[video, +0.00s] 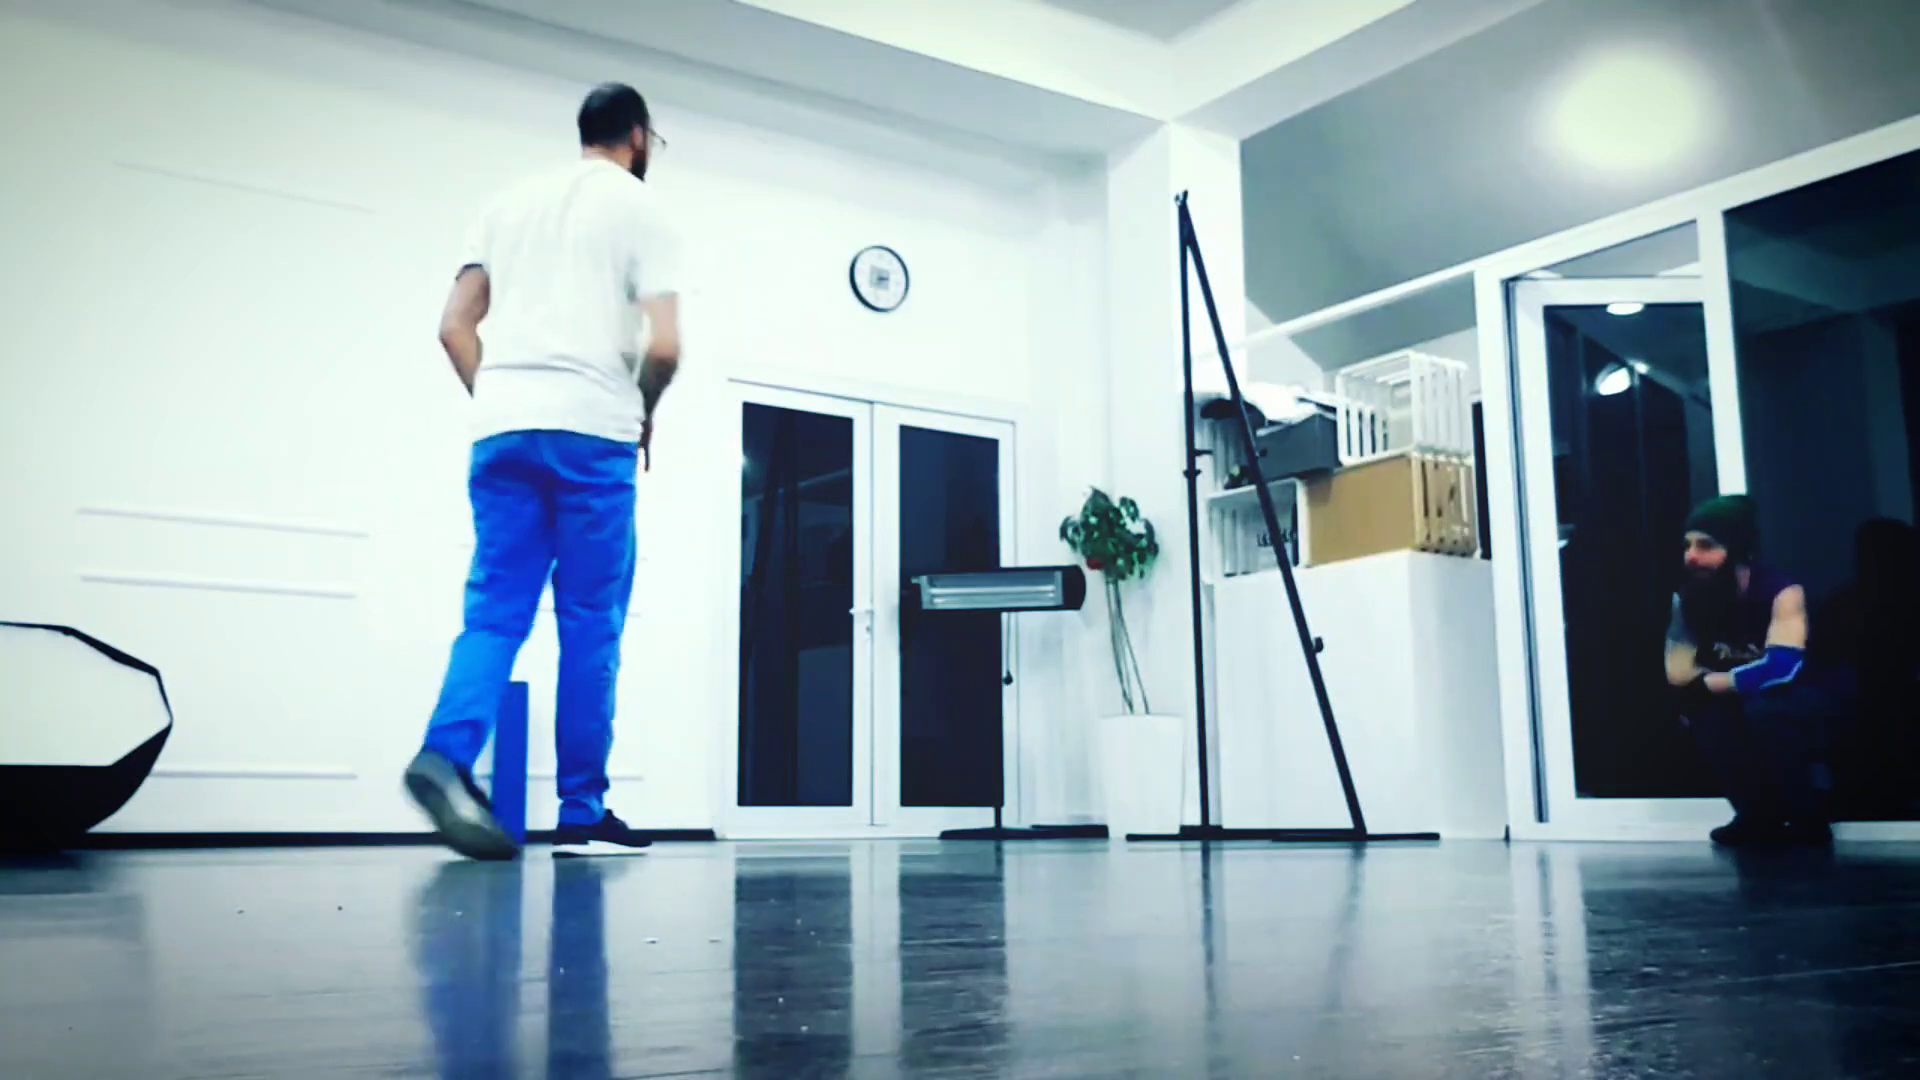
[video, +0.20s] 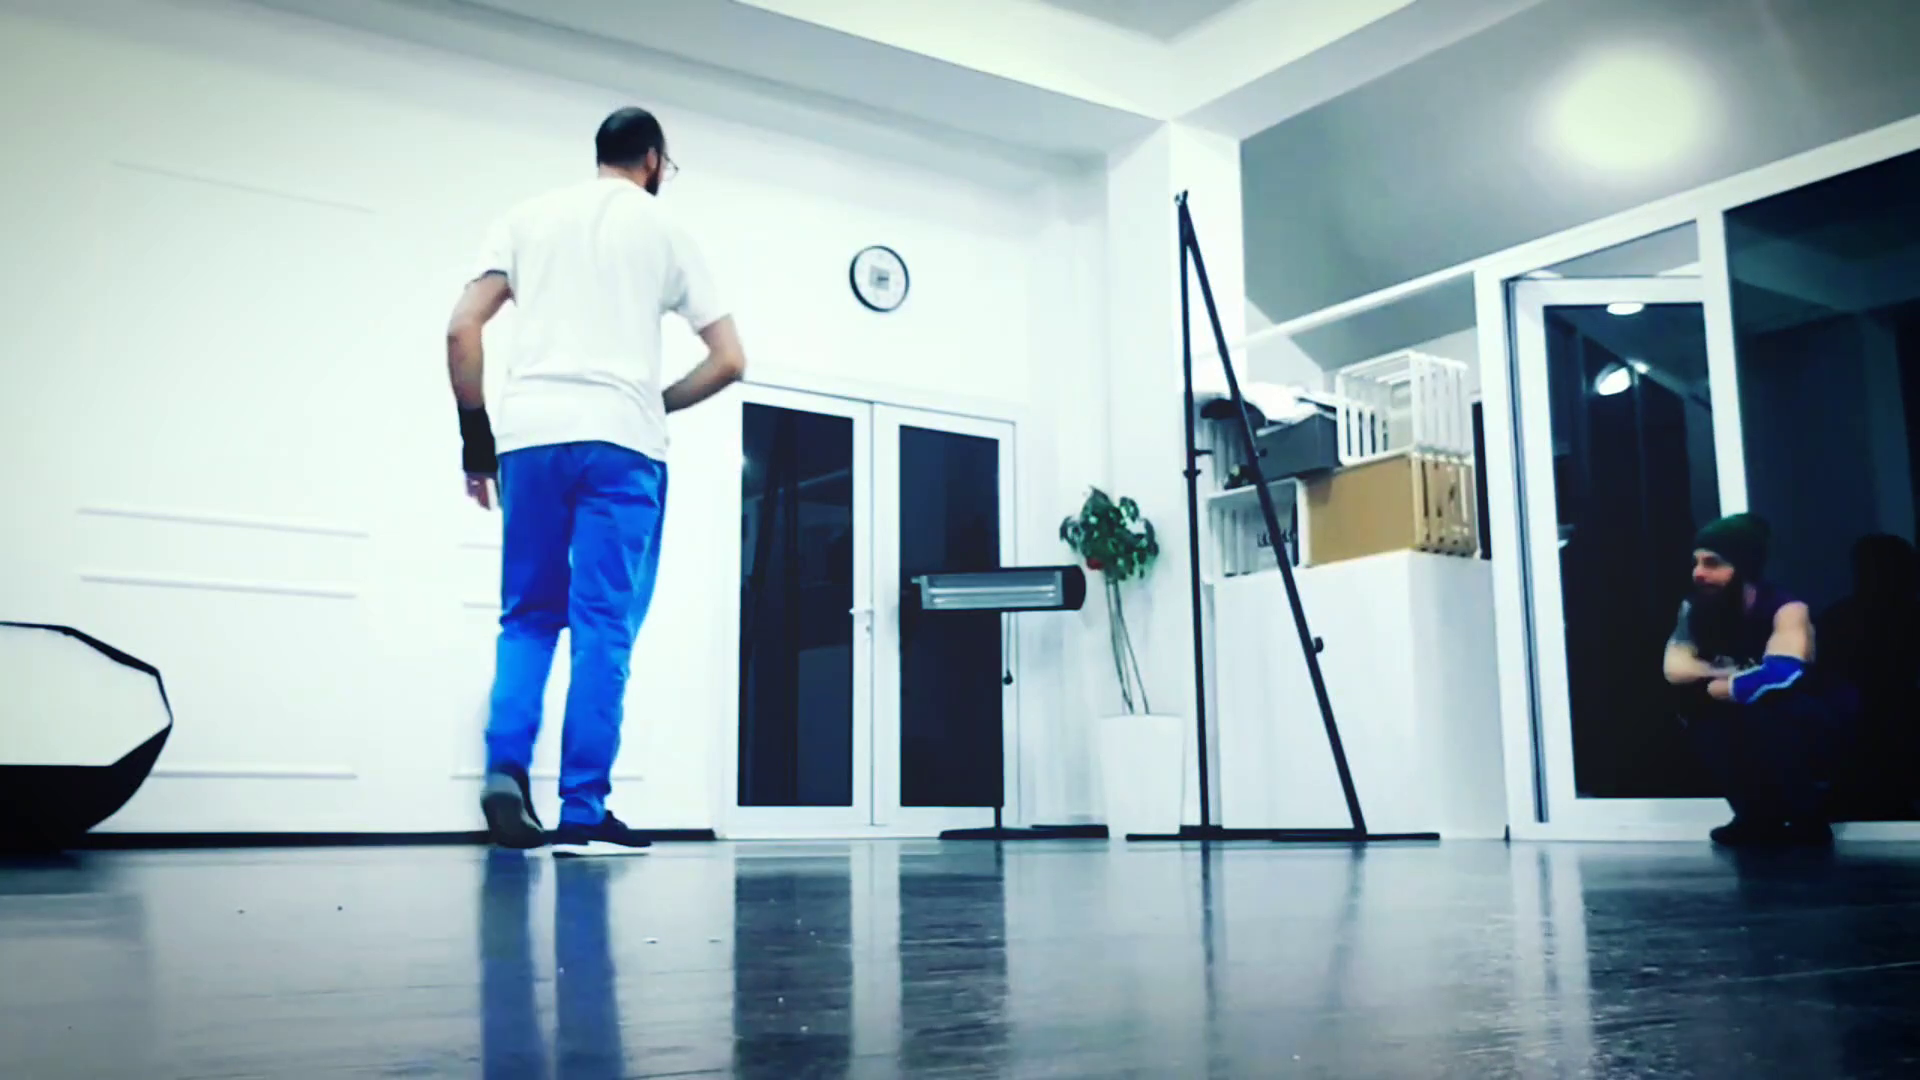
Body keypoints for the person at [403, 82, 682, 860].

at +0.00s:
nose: (650, 157)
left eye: (649, 146)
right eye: (651, 145)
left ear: (581, 137)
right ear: (638, 138)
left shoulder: (509, 204)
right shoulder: (641, 208)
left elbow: (456, 326)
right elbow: (665, 348)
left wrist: (503, 403)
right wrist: (640, 410)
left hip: (503, 424)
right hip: (595, 428)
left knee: (495, 610)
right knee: (591, 622)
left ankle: (444, 759)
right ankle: (582, 810)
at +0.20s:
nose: (665, 178)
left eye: (664, 170)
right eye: (666, 168)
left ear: (596, 158)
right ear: (653, 163)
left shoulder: (531, 217)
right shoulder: (667, 231)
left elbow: (463, 329)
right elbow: (729, 360)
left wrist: (476, 438)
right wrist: (654, 403)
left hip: (530, 435)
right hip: (623, 437)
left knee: (528, 617)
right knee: (606, 628)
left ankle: (504, 773)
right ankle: (584, 812)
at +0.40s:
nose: (666, 204)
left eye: (664, 196)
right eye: (666, 196)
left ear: (601, 191)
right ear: (655, 192)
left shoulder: (555, 252)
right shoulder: (677, 256)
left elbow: (490, 347)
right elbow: (733, 378)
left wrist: (496, 443)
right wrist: (666, 419)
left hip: (551, 456)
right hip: (634, 456)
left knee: (538, 632)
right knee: (608, 633)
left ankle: (523, 807)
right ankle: (581, 811)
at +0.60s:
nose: (679, 240)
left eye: (678, 231)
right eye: (677, 230)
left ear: (615, 228)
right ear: (659, 227)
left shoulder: (561, 289)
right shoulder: (681, 295)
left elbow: (508, 401)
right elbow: (710, 421)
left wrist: (570, 429)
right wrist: (659, 468)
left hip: (555, 490)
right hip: (637, 493)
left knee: (554, 657)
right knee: (632, 652)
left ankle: (534, 815)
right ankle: (583, 776)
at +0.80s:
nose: (721, 236)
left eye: (722, 223)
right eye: (718, 222)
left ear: (659, 217)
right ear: (692, 219)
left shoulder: (601, 278)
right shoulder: (700, 285)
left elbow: (571, 373)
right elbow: (712, 409)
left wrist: (616, 428)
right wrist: (665, 442)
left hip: (579, 474)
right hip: (657, 479)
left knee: (567, 647)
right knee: (690, 639)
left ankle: (538, 804)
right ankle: (622, 786)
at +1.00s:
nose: (768, 258)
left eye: (769, 246)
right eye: (761, 245)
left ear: (715, 244)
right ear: (724, 242)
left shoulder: (661, 296)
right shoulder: (732, 313)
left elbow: (676, 411)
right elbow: (737, 440)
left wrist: (775, 411)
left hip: (624, 502)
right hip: (688, 510)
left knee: (595, 660)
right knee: (730, 663)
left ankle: (542, 806)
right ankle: (768, 807)